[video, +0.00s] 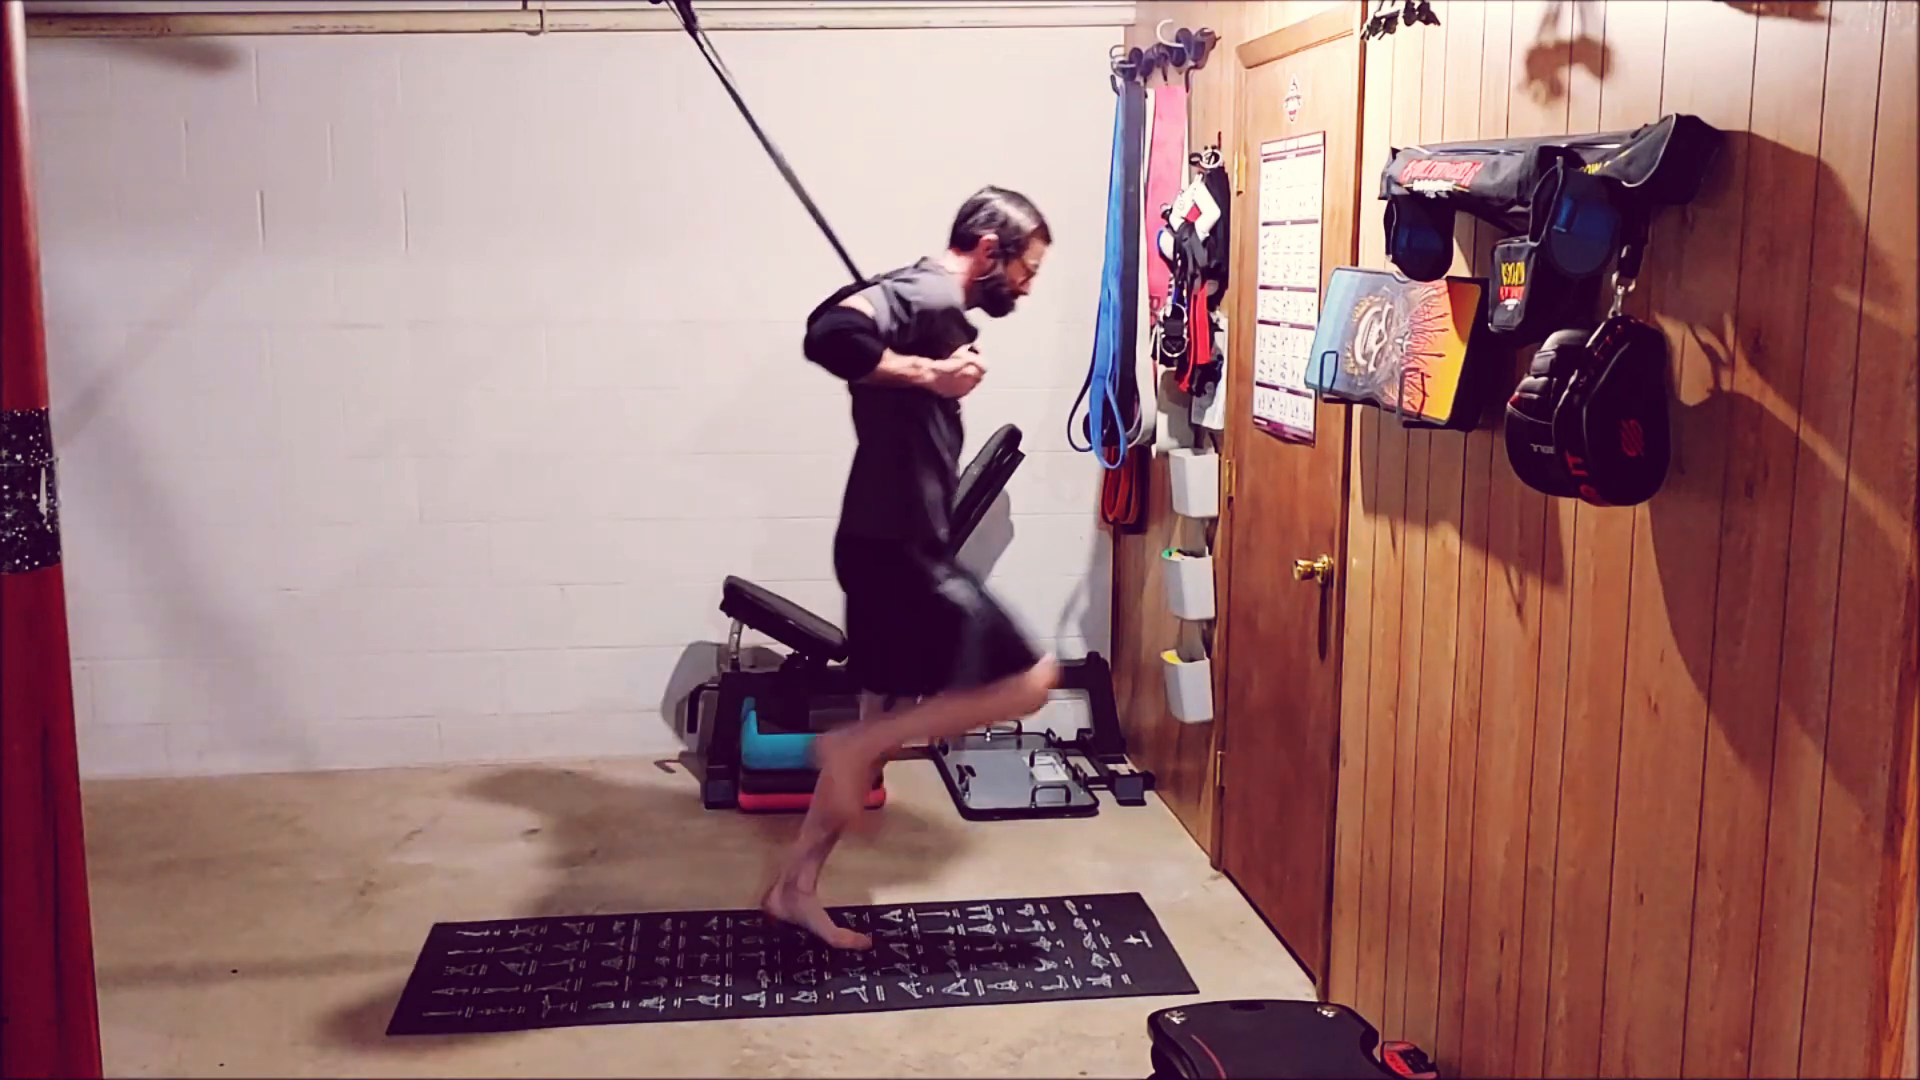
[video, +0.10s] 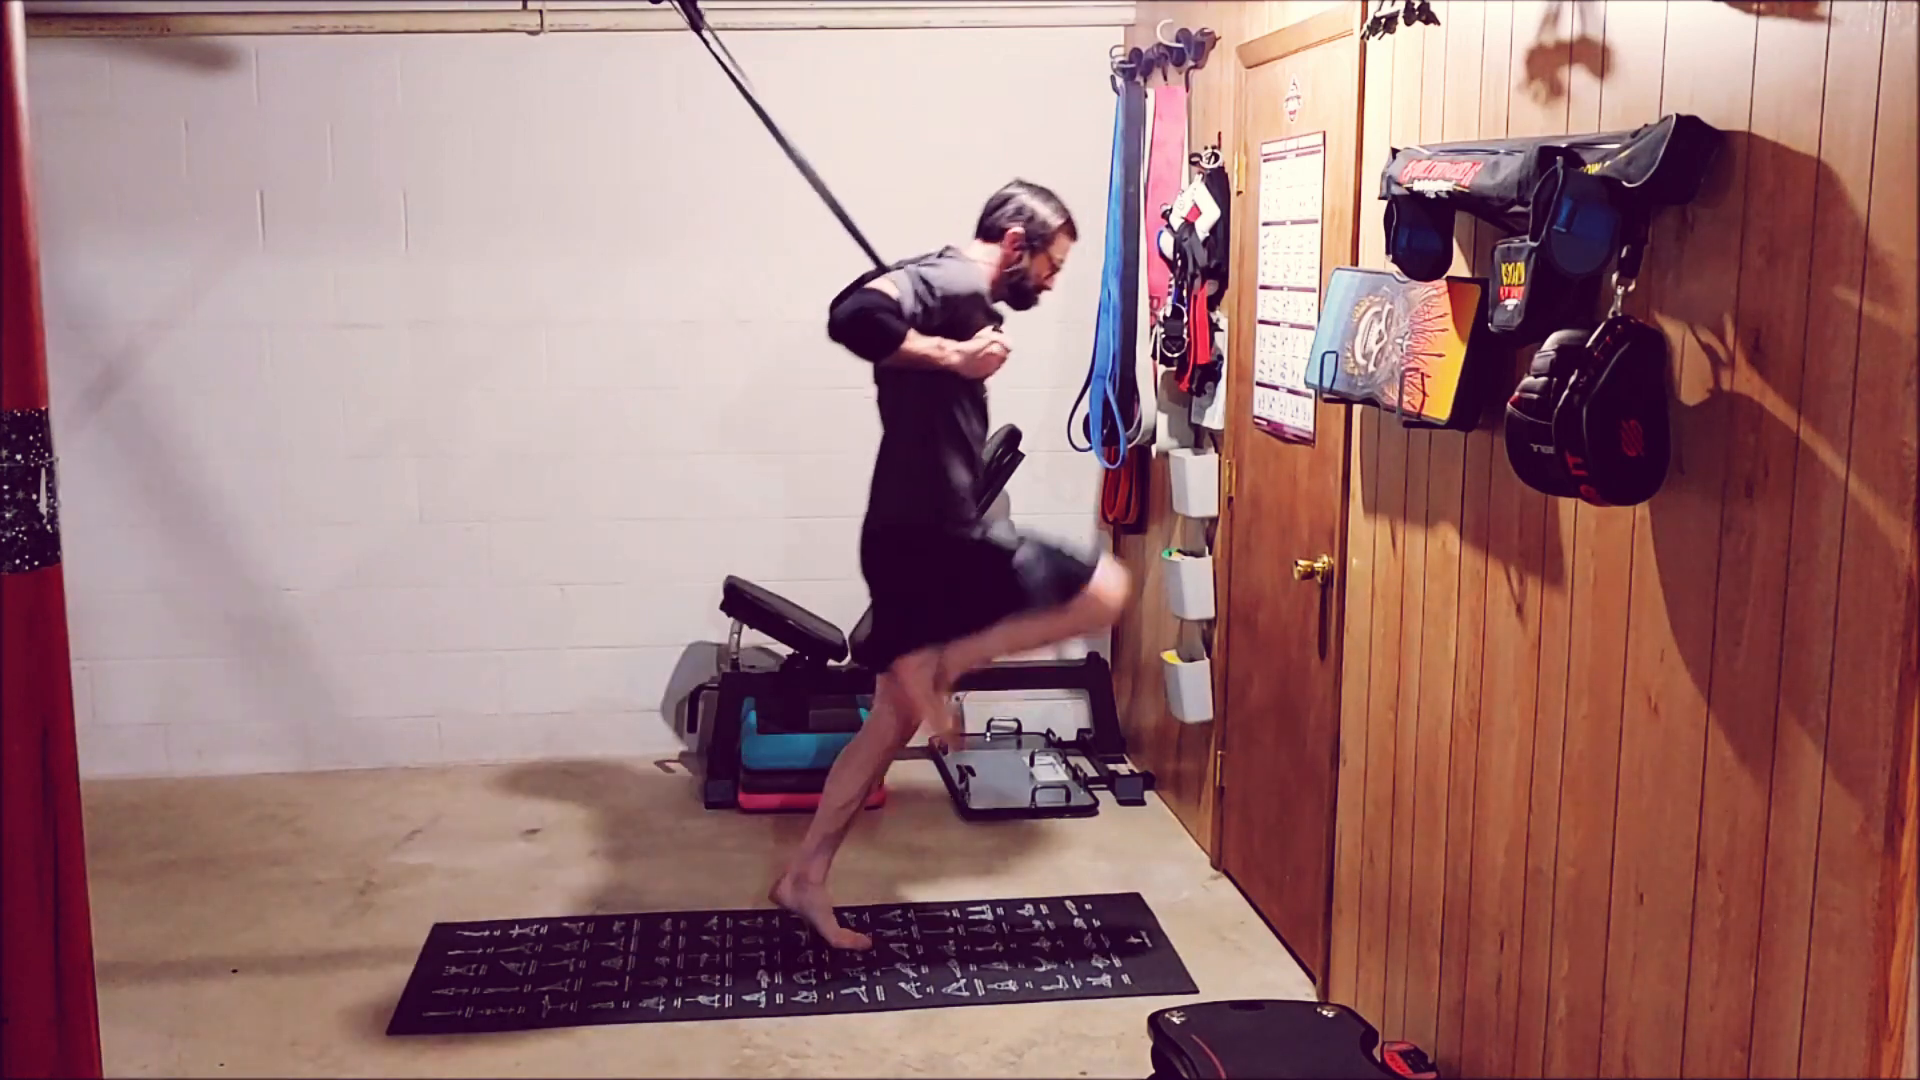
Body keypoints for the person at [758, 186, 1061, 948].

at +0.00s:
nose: (1028, 289)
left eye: (1033, 275)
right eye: (1028, 270)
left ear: (984, 251)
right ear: (988, 249)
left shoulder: (938, 302)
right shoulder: (930, 288)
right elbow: (830, 334)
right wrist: (929, 373)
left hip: (899, 543)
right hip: (895, 547)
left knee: (874, 727)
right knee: (1028, 680)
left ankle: (795, 888)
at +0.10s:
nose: (1052, 282)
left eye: (1058, 270)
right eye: (1053, 264)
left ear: (1010, 240)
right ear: (1016, 240)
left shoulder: (957, 292)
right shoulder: (953, 274)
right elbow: (856, 314)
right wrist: (954, 356)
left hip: (914, 534)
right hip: (933, 534)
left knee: (892, 716)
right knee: (1107, 591)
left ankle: (805, 876)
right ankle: (938, 667)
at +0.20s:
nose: (1073, 270)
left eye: (1081, 257)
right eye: (1077, 251)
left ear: (1032, 223)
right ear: (1045, 228)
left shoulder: (977, 273)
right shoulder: (981, 260)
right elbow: (882, 294)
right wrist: (978, 337)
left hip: (932, 512)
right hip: (964, 509)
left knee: (902, 699)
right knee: (1144, 500)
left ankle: (823, 863)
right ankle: (1001, 612)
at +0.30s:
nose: (1086, 265)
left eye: (1094, 252)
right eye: (1090, 246)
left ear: (1048, 217)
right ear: (1059, 222)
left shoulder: (990, 258)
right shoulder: (1004, 245)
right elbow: (897, 277)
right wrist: (996, 321)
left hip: (938, 504)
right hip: (982, 493)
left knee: (916, 687)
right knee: (1155, 444)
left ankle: (832, 861)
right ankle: (1045, 598)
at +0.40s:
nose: (1086, 271)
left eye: (1093, 259)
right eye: (1090, 253)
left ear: (1049, 223)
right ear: (1060, 228)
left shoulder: (991, 259)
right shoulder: (1005, 249)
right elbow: (893, 278)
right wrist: (994, 322)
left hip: (949, 502)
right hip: (993, 492)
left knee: (923, 688)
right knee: (1157, 436)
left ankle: (831, 863)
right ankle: (1057, 594)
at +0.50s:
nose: (1075, 280)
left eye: (1083, 268)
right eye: (1080, 262)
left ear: (1036, 230)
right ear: (1050, 236)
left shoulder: (977, 270)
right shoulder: (991, 259)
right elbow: (882, 285)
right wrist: (983, 333)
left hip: (939, 517)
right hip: (987, 506)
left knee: (911, 701)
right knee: (1156, 453)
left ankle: (822, 868)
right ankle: (1046, 613)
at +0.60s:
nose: (1063, 281)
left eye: (1070, 268)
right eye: (1067, 263)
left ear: (1019, 230)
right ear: (1037, 237)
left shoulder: (951, 266)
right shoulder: (978, 268)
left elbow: (858, 298)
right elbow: (873, 303)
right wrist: (971, 345)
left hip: (924, 519)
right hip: (976, 510)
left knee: (905, 705)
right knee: (1146, 480)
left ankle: (814, 872)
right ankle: (1021, 631)